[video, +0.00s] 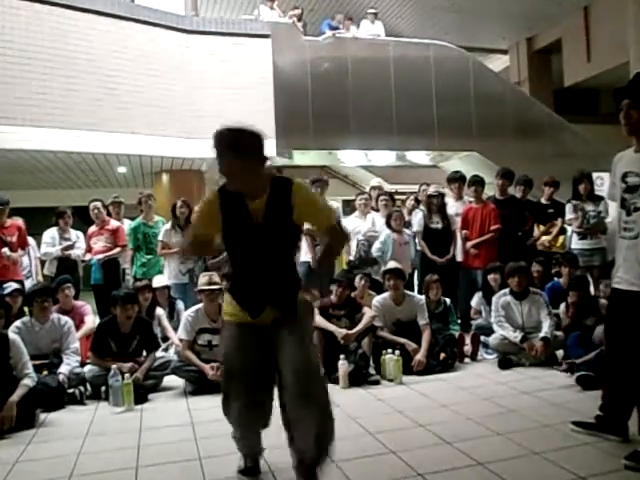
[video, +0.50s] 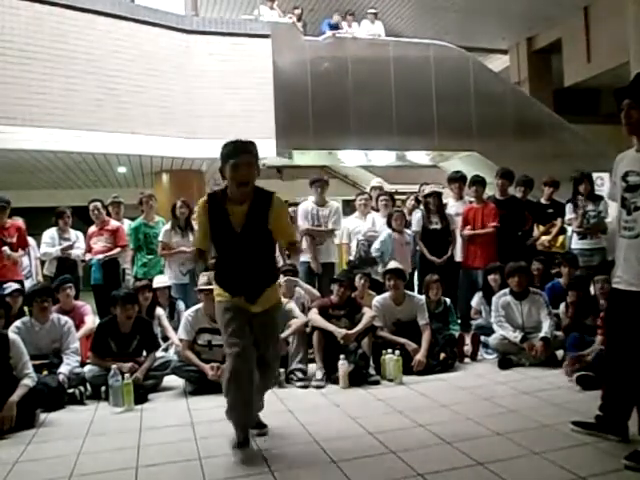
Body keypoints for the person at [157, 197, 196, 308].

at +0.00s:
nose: (182, 210)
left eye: (184, 207)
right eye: (179, 207)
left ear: (189, 210)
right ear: (175, 210)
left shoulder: (193, 228)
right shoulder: (168, 228)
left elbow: (199, 247)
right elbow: (160, 251)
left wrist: (189, 251)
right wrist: (177, 251)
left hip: (192, 273)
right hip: (174, 274)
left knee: (192, 307)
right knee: (179, 308)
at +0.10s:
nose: (182, 210)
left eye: (184, 207)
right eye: (179, 207)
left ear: (189, 210)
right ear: (175, 211)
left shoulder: (193, 229)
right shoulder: (168, 229)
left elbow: (200, 247)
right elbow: (161, 251)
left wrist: (195, 250)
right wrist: (180, 249)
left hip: (192, 272)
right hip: (175, 273)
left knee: (192, 306)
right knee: (179, 308)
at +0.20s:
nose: (182, 210)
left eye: (184, 207)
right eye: (179, 208)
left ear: (189, 210)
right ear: (175, 211)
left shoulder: (193, 229)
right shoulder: (168, 229)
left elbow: (199, 246)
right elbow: (160, 251)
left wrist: (195, 249)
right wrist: (180, 249)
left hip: (191, 271)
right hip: (175, 272)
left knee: (191, 306)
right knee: (179, 307)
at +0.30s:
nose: (181, 211)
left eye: (184, 207)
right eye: (179, 208)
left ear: (188, 210)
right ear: (175, 210)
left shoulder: (191, 228)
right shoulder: (168, 228)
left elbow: (198, 247)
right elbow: (161, 251)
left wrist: (192, 249)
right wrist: (181, 249)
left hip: (191, 273)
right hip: (175, 274)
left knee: (192, 308)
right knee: (179, 308)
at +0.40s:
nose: (182, 210)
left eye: (184, 207)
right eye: (179, 207)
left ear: (189, 210)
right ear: (174, 210)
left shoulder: (192, 228)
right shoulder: (168, 229)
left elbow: (198, 247)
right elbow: (161, 251)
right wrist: (181, 250)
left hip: (191, 272)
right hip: (175, 273)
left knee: (192, 306)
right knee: (179, 308)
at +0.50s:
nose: (182, 210)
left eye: (184, 207)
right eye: (179, 207)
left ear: (189, 210)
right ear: (174, 211)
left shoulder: (193, 229)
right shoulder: (168, 229)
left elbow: (198, 247)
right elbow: (161, 251)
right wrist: (180, 250)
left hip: (191, 272)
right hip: (175, 273)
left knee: (193, 307)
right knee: (180, 308)